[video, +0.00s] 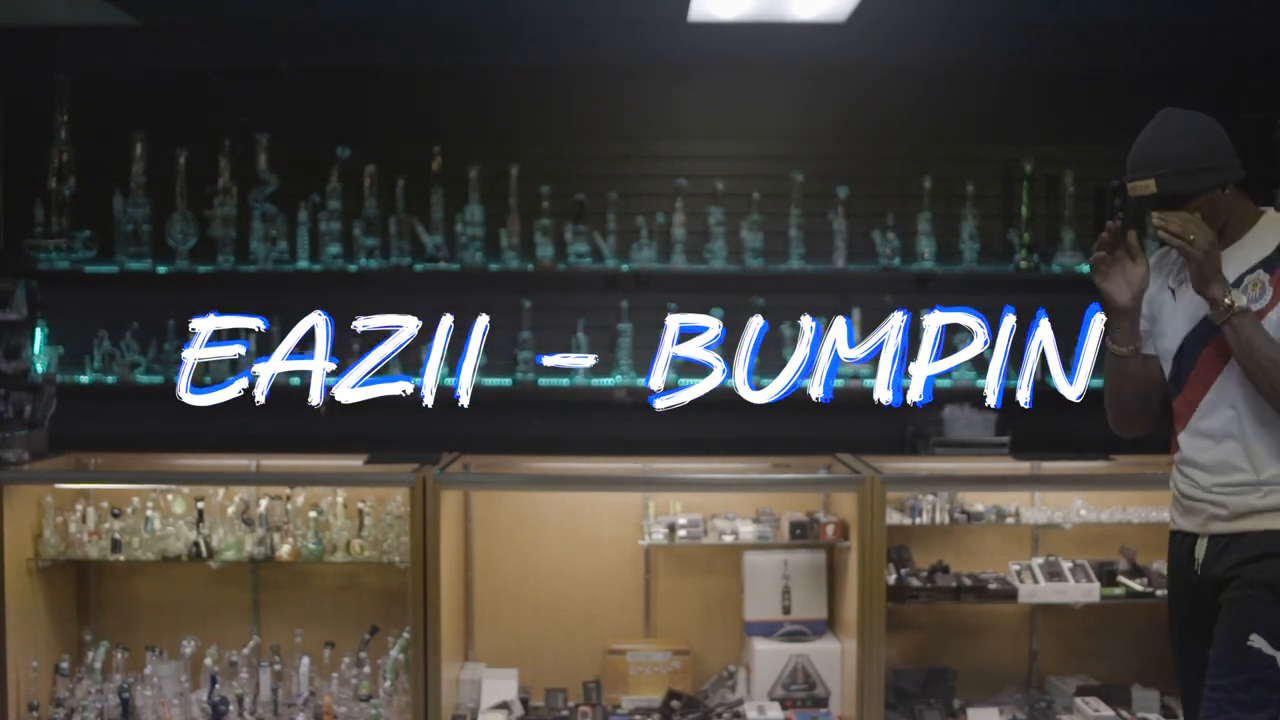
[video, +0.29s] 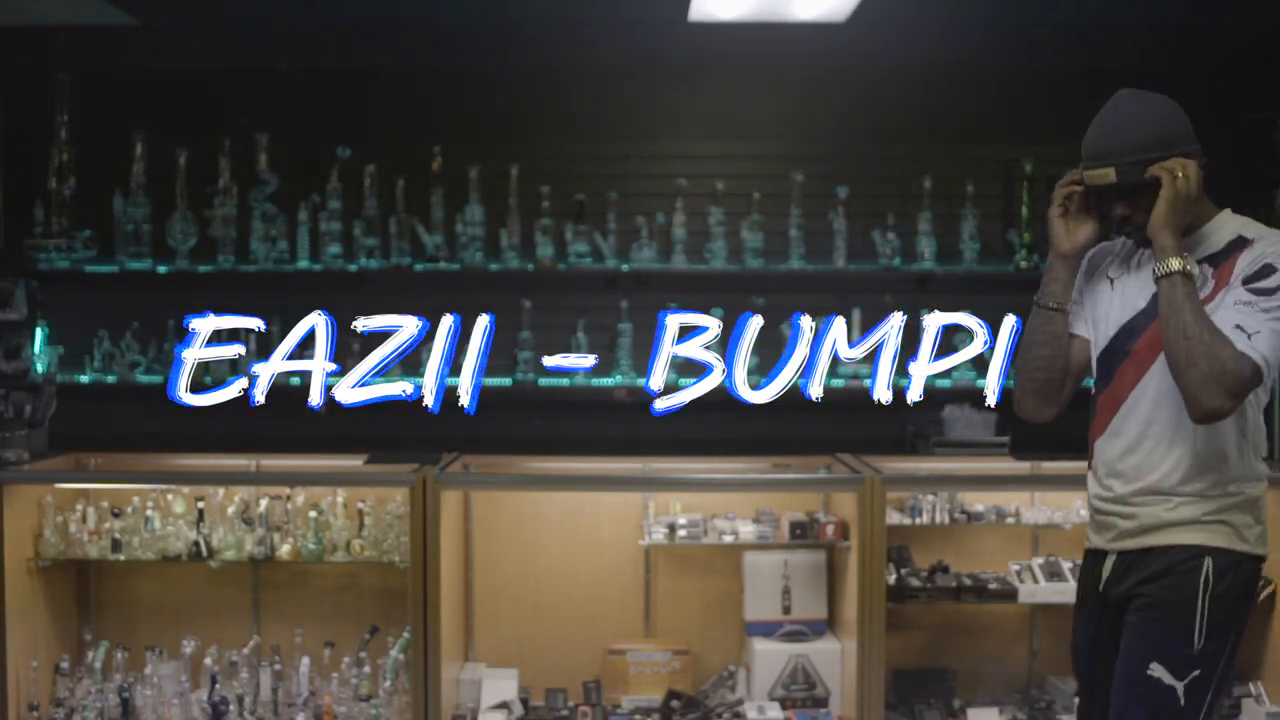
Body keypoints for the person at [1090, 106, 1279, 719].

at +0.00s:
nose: (1166, 223)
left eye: (1176, 205)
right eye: (1156, 210)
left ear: (1224, 188)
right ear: (1152, 205)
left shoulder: (1273, 250)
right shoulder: (1167, 269)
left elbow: (1274, 389)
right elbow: (1130, 421)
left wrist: (1219, 294)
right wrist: (1124, 315)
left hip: (1266, 536)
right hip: (1191, 536)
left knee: (1233, 709)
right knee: (1203, 708)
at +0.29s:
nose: (1119, 212)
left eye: (1132, 193)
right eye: (1108, 197)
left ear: (1185, 178)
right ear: (1096, 194)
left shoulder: (1263, 259)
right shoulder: (1107, 263)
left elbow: (1211, 393)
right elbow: (1037, 403)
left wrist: (1168, 245)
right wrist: (1061, 259)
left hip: (1202, 550)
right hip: (1109, 549)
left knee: (1146, 707)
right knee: (1097, 708)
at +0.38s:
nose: (1098, 202)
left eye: (1111, 183)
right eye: (1086, 188)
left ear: (1164, 170)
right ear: (1076, 190)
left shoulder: (1247, 249)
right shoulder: (1085, 259)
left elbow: (1185, 388)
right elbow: (1018, 400)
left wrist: (1141, 236)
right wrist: (1038, 252)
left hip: (1180, 551)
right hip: (1081, 550)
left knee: (1134, 707)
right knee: (1049, 707)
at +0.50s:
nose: (1062, 190)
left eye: (1072, 170)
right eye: (1049, 176)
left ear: (1123, 157)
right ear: (1040, 184)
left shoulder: (1214, 244)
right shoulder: (1052, 253)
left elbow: (1141, 387)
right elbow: (986, 397)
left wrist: (1095, 234)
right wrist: (1002, 247)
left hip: (1148, 555)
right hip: (1041, 547)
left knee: (1119, 707)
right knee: (977, 706)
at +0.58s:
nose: (1033, 189)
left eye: (1043, 169)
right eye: (1021, 175)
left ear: (1094, 157)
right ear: (1012, 182)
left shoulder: (1188, 243)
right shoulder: (1028, 253)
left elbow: (1114, 392)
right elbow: (961, 401)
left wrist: (1065, 235)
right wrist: (975, 250)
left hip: (1122, 565)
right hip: (1014, 551)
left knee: (1098, 708)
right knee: (950, 706)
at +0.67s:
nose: (1002, 194)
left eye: (1012, 177)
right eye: (991, 183)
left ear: (1061, 162)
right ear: (984, 188)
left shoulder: (1159, 246)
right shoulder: (998, 258)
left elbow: (1090, 400)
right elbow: (932, 409)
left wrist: (1038, 243)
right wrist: (944, 256)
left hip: (1095, 578)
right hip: (987, 565)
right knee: (928, 708)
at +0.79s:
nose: (955, 199)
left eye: (964, 182)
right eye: (944, 188)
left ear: (1012, 166)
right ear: (940, 189)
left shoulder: (1112, 250)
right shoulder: (951, 261)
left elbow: (1045, 406)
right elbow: (882, 416)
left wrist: (992, 247)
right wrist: (894, 263)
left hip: (1045, 590)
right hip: (934, 576)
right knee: (888, 706)